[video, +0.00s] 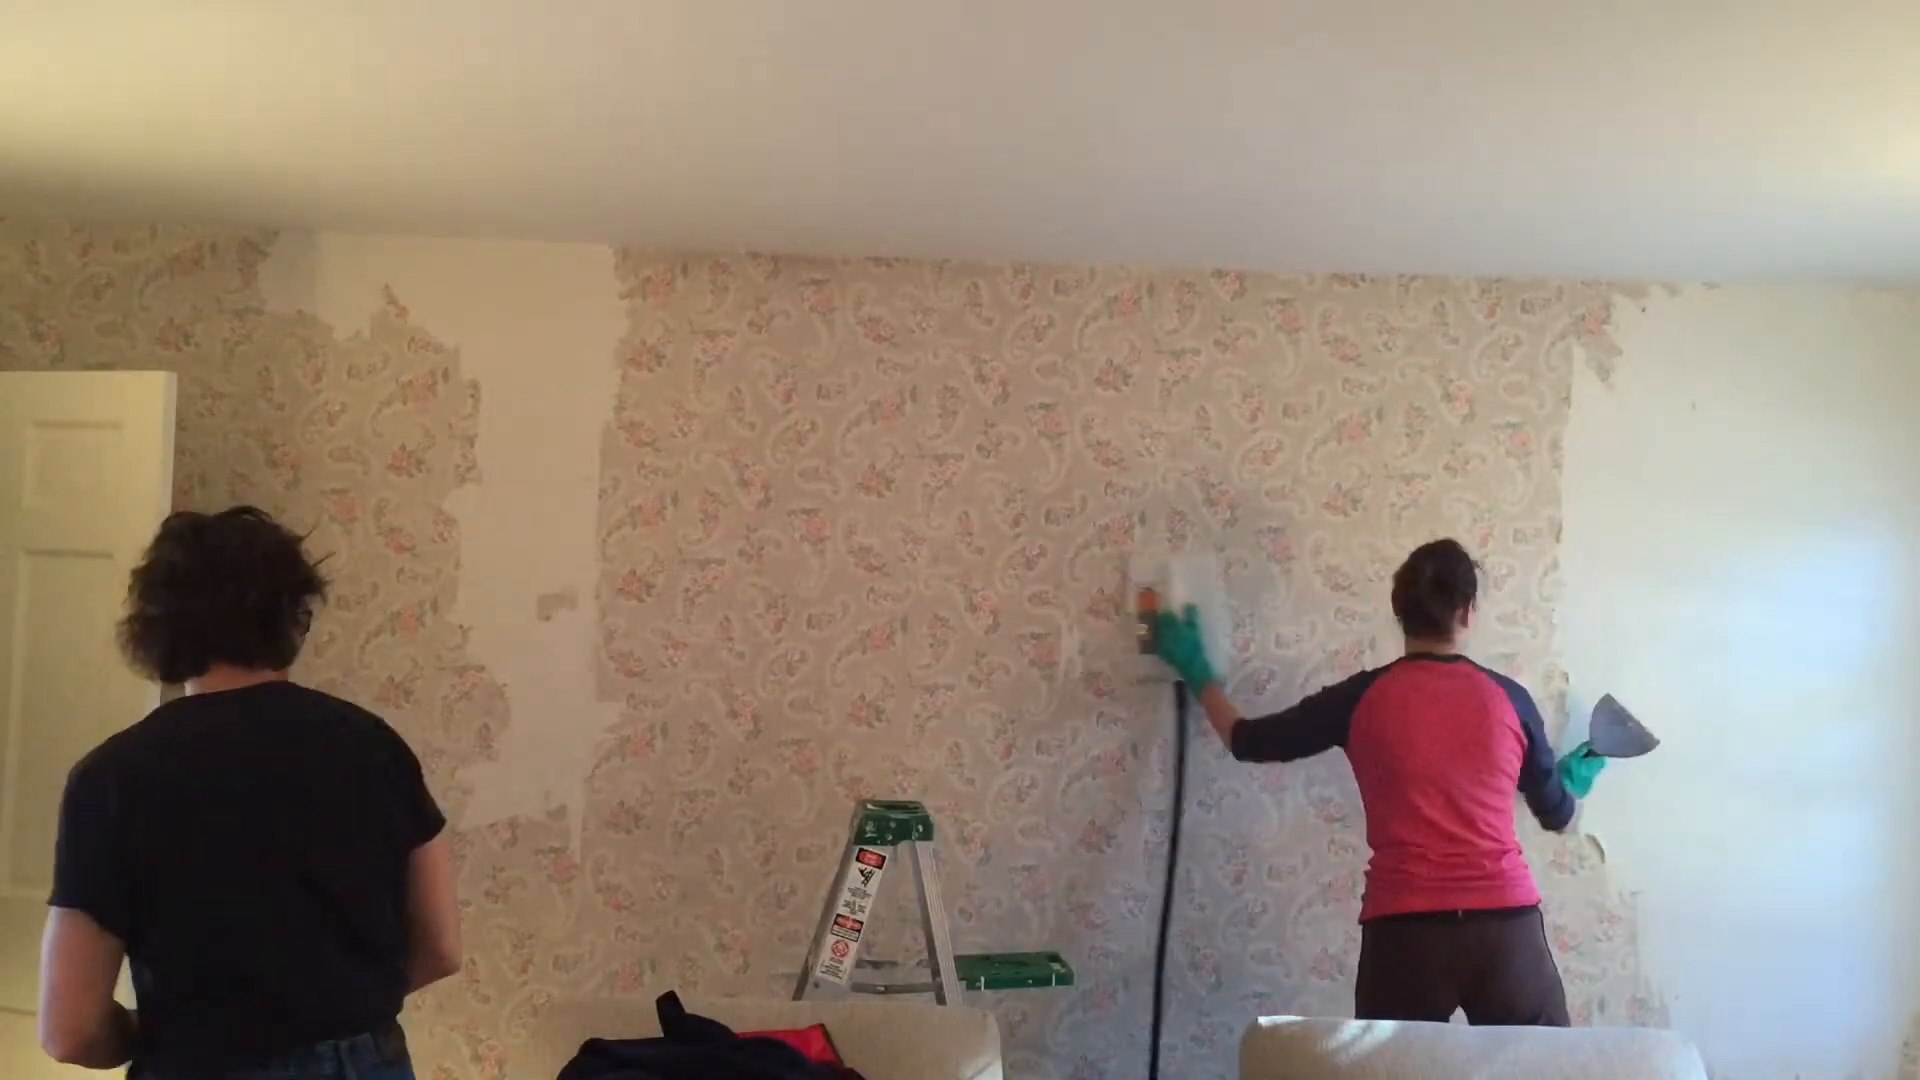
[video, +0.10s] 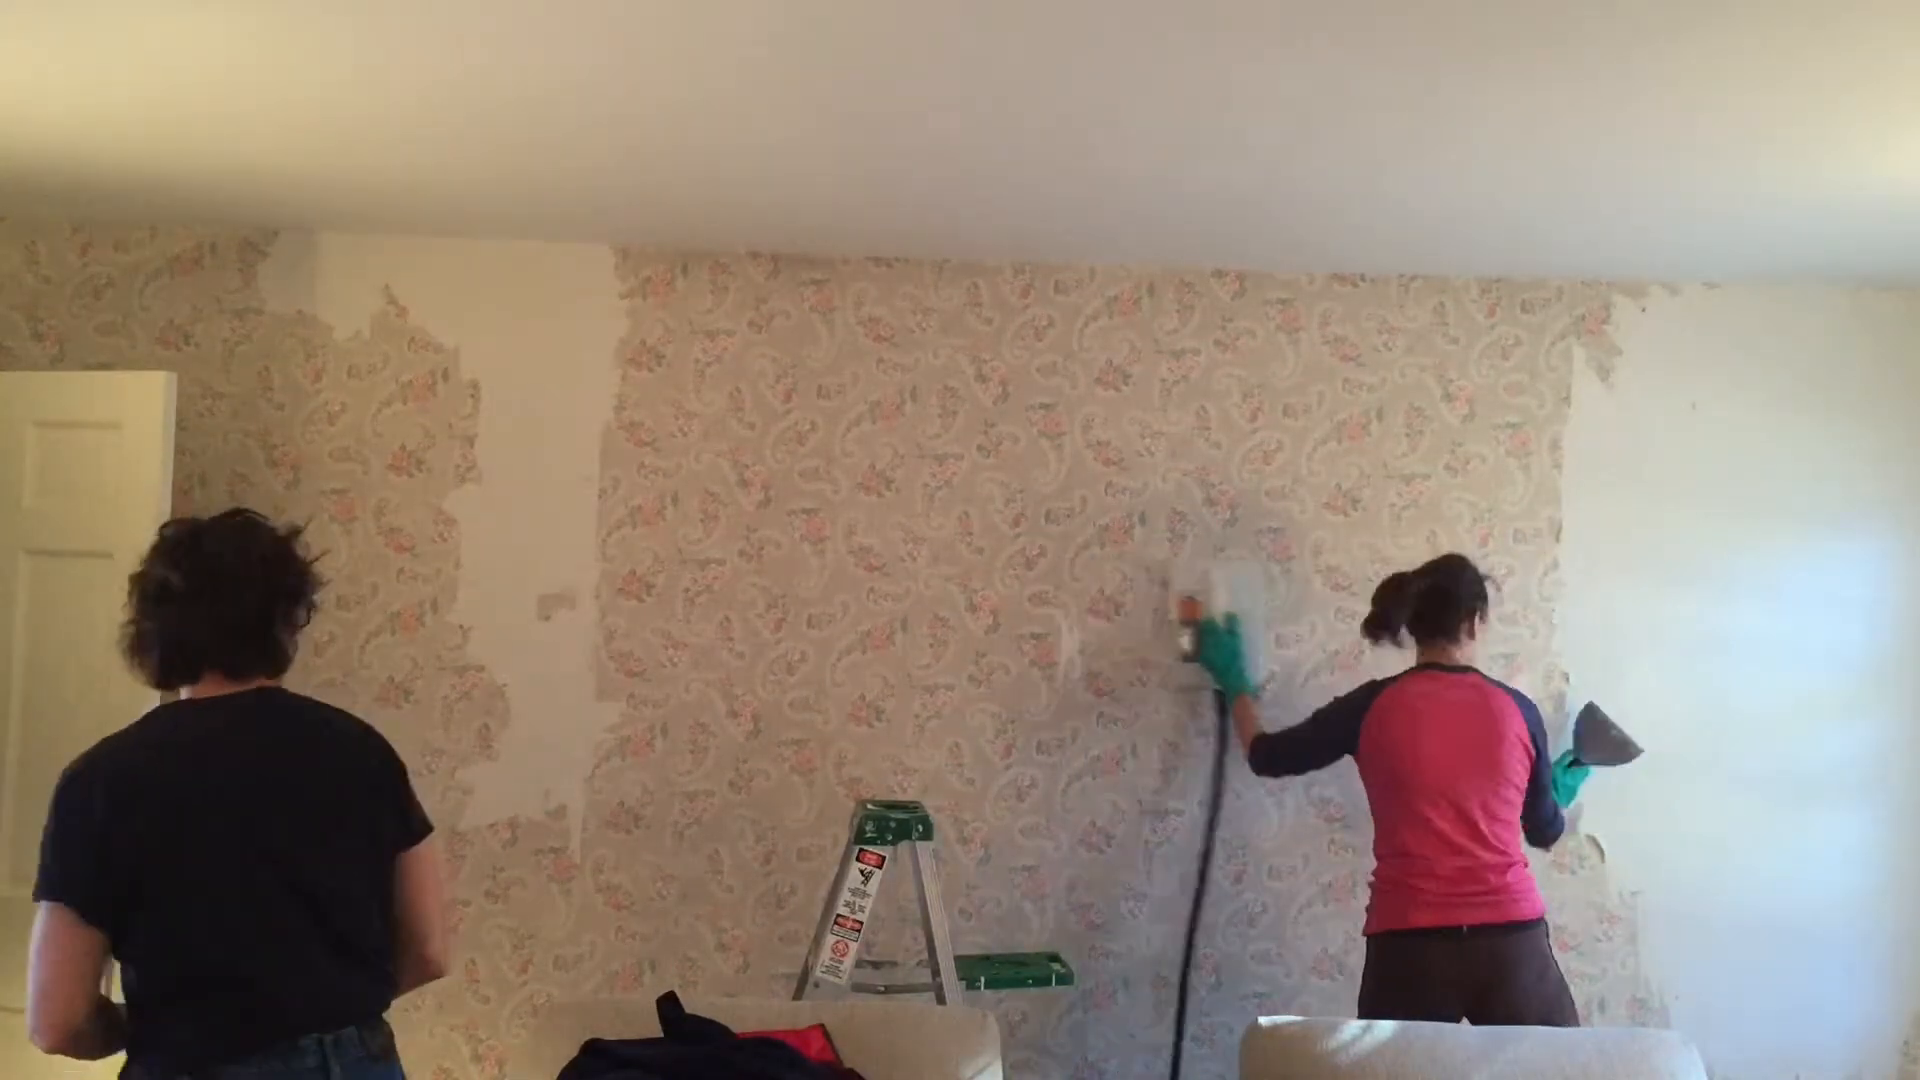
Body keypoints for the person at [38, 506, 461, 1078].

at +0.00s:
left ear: (158, 622)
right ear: (292, 613)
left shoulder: (112, 777)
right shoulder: (370, 743)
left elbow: (71, 1032)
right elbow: (438, 948)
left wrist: (173, 1030)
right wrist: (337, 994)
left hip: (196, 1066)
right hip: (364, 1059)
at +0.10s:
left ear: (154, 627)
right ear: (284, 618)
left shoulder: (101, 780)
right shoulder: (357, 747)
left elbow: (57, 1024)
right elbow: (426, 951)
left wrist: (157, 1019)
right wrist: (327, 995)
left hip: (185, 1066)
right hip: (355, 1060)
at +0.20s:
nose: (300, 630)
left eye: (300, 614)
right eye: (298, 615)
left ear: (159, 624)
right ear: (284, 623)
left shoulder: (100, 776)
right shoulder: (348, 748)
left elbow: (45, 1006)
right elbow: (418, 946)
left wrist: (141, 1012)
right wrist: (330, 990)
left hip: (186, 1063)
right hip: (347, 1057)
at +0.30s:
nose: (312, 625)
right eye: (309, 610)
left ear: (173, 617)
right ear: (294, 621)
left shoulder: (108, 762)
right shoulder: (349, 742)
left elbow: (41, 981)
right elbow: (421, 931)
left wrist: (136, 998)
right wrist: (337, 979)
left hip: (183, 1058)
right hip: (346, 1049)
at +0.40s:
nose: (320, 626)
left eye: (321, 606)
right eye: (315, 606)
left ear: (188, 610)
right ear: (294, 615)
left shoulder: (112, 751)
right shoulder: (353, 731)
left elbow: (40, 953)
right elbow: (425, 917)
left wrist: (125, 968)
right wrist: (353, 961)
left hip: (180, 1044)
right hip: (338, 1039)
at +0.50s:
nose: (338, 612)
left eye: (340, 594)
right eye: (335, 594)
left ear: (207, 603)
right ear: (301, 603)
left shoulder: (122, 740)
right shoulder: (356, 725)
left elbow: (52, 934)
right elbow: (421, 918)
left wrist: (149, 938)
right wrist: (408, 955)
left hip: (167, 1037)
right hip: (326, 1037)